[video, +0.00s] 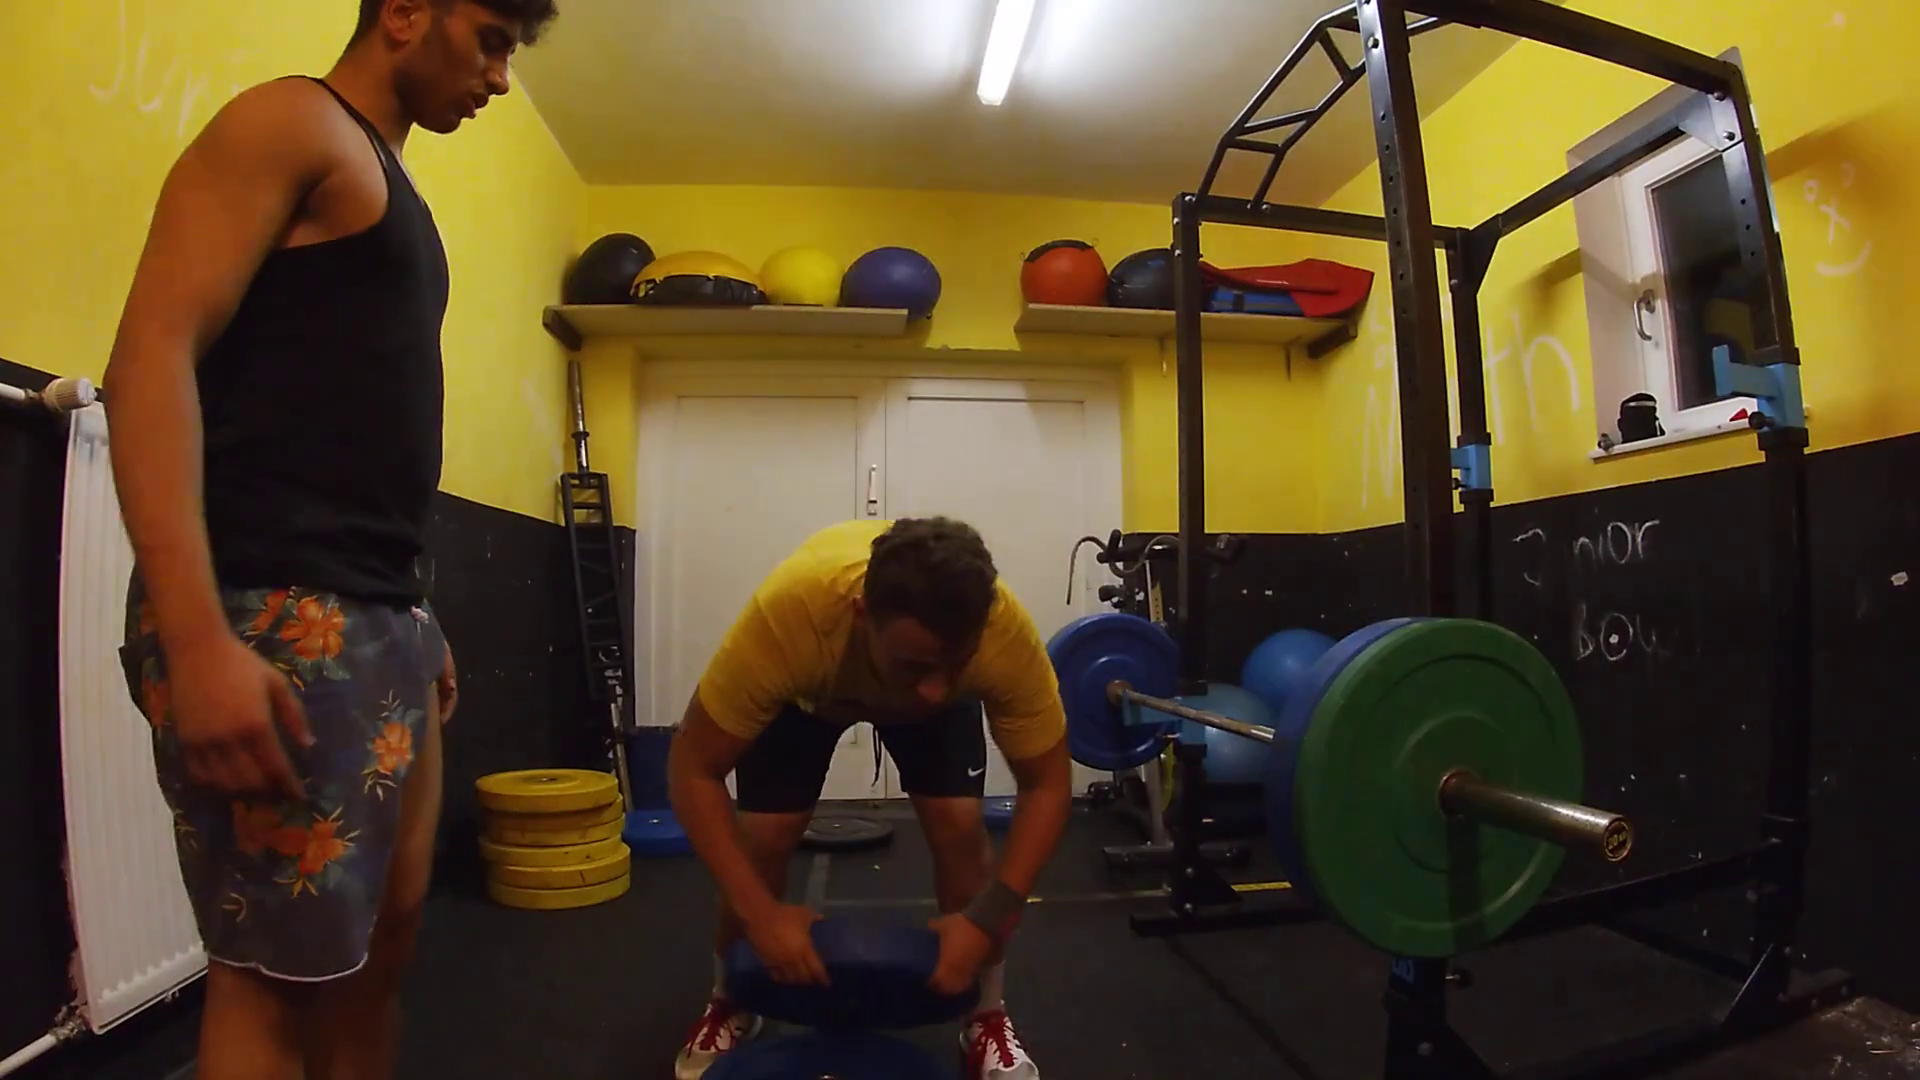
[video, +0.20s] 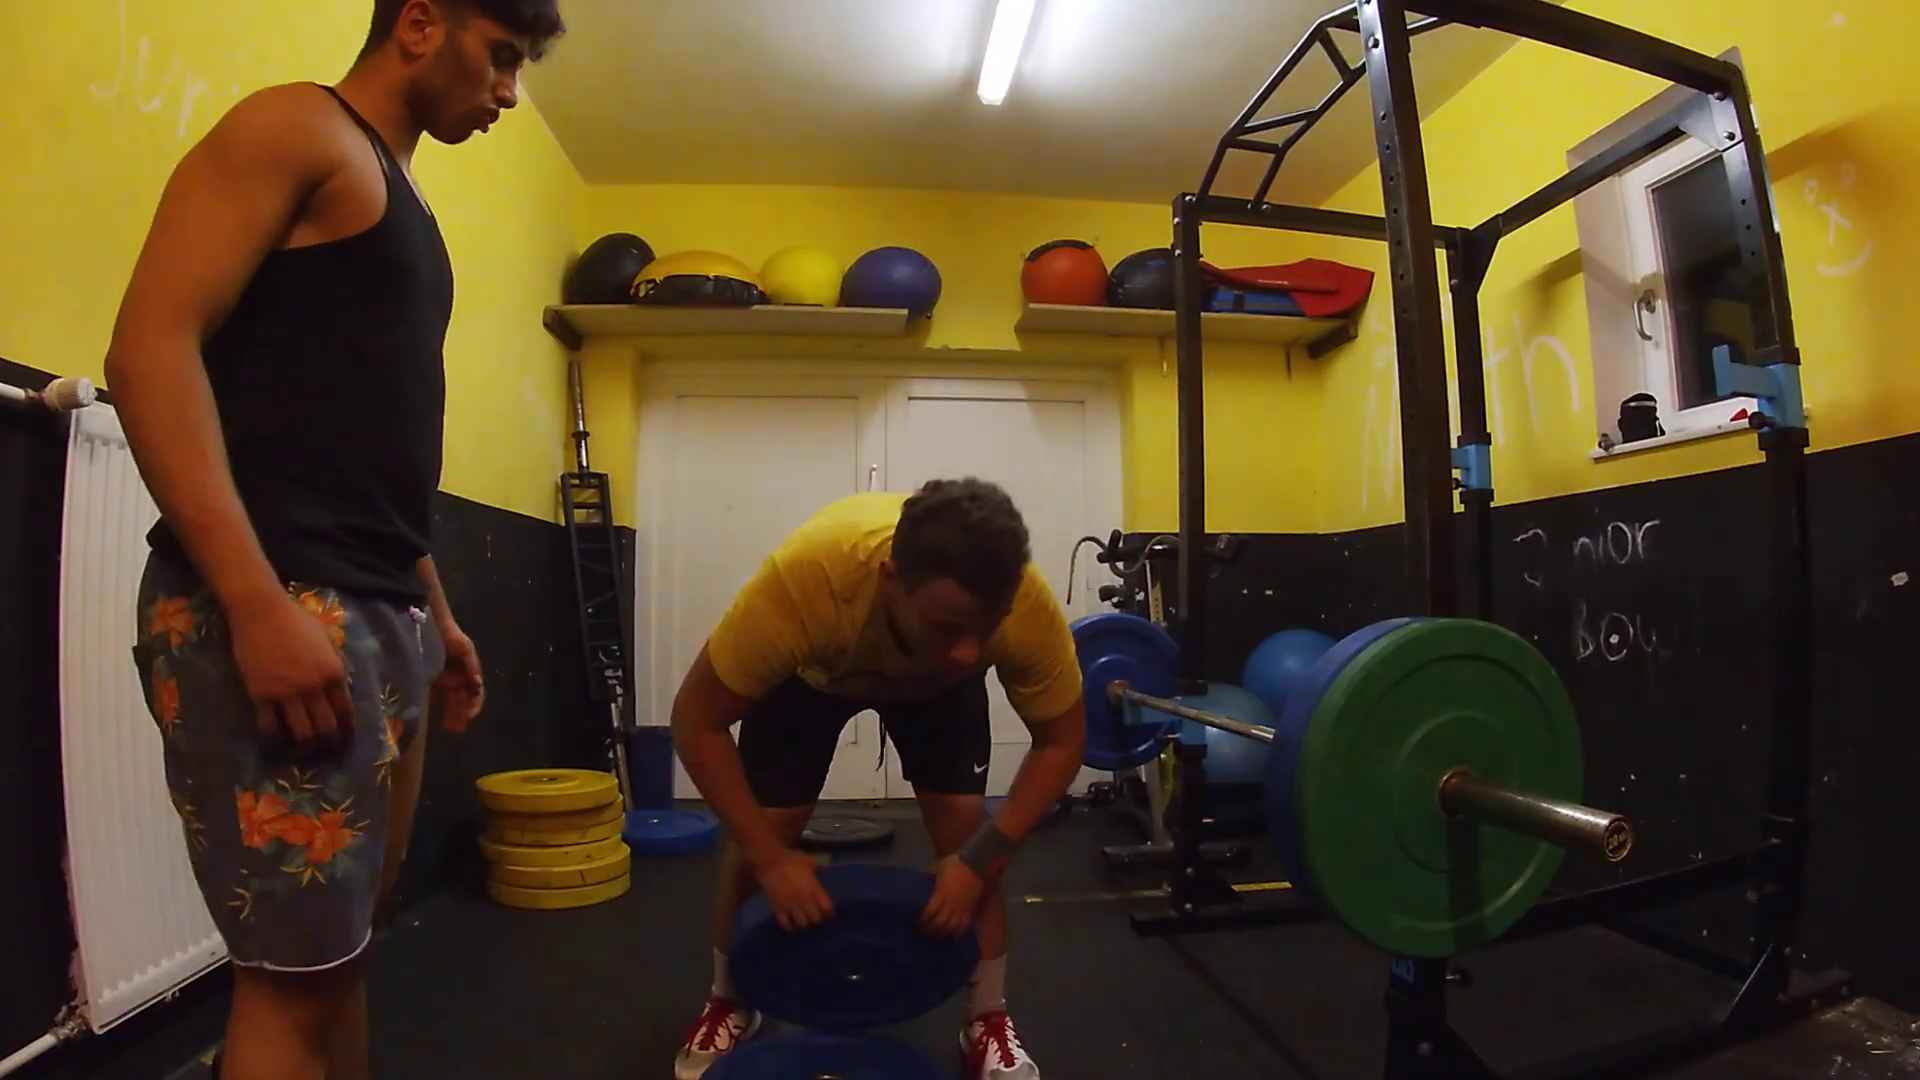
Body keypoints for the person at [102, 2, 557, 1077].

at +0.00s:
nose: (503, 78)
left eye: (512, 52)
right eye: (494, 41)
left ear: (409, 28)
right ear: (404, 16)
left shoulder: (385, 175)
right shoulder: (288, 123)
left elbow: (353, 432)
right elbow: (148, 360)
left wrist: (411, 621)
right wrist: (196, 642)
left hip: (379, 624)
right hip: (281, 623)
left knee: (378, 949)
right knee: (268, 980)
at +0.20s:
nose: (511, 91)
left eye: (520, 68)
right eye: (503, 55)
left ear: (424, 36)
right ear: (418, 24)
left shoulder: (393, 189)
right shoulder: (293, 127)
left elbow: (363, 429)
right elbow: (149, 349)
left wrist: (427, 604)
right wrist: (256, 605)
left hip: (373, 616)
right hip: (281, 617)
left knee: (340, 961)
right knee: (292, 980)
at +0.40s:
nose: (525, 102)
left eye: (533, 78)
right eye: (513, 65)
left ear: (440, 53)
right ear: (427, 39)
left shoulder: (407, 213)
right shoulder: (295, 137)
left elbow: (385, 444)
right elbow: (140, 356)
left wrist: (446, 613)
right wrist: (210, 608)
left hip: (372, 613)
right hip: (281, 610)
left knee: (332, 961)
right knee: (338, 970)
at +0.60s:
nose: (518, 90)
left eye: (525, 66)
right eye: (505, 55)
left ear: (434, 45)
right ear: (417, 31)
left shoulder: (401, 202)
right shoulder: (288, 134)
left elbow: (385, 442)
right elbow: (125, 357)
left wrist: (445, 618)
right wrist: (128, 629)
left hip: (369, 617)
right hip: (278, 611)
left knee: (331, 972)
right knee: (315, 980)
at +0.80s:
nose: (507, 71)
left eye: (516, 42)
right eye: (495, 33)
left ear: (414, 26)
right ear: (405, 16)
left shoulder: (385, 185)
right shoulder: (269, 119)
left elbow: (367, 432)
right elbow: (101, 354)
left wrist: (431, 615)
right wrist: (125, 641)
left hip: (370, 626)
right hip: (268, 623)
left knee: (320, 985)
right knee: (268, 1023)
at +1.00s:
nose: (486, 30)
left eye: (490, 12)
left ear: (384, 2)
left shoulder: (363, 165)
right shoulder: (232, 80)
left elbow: (344, 423)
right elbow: (55, 333)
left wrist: (414, 616)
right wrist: (104, 643)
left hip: (361, 634)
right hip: (236, 631)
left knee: (319, 993)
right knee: (214, 1035)